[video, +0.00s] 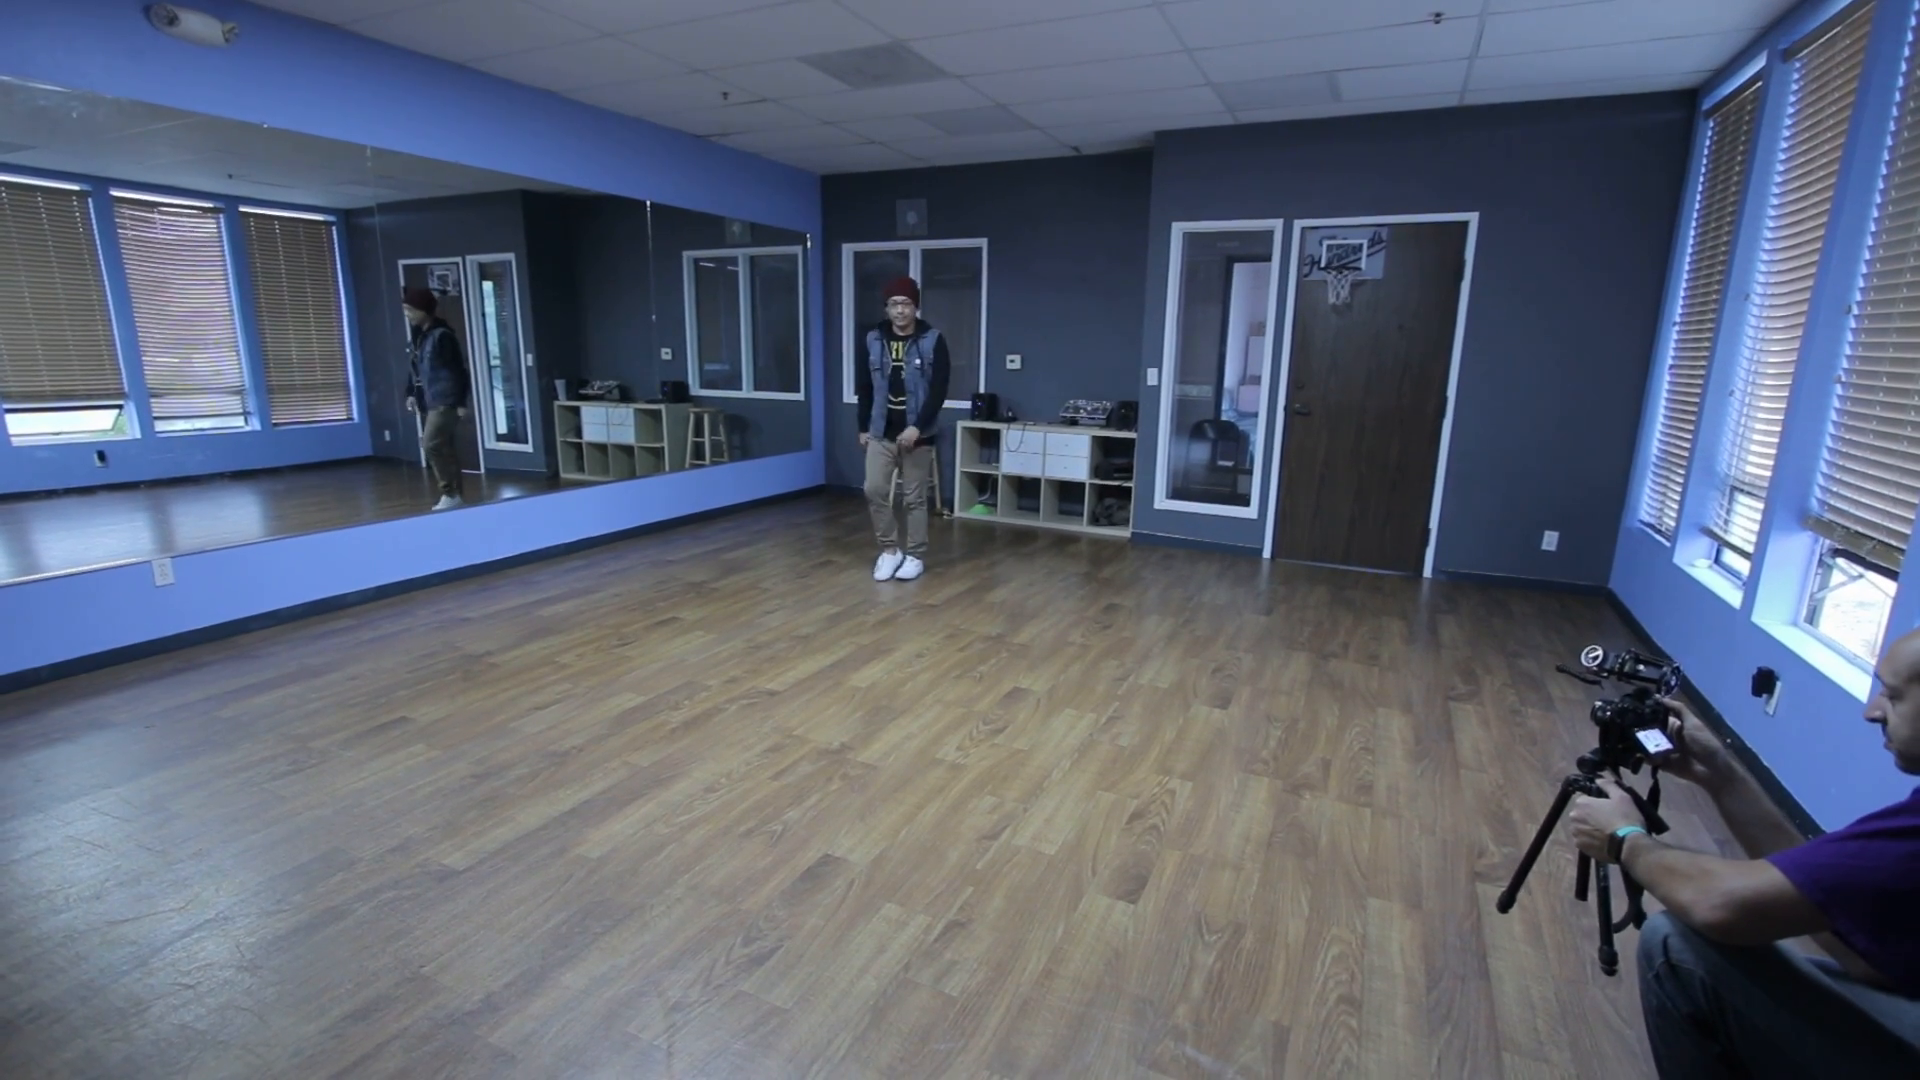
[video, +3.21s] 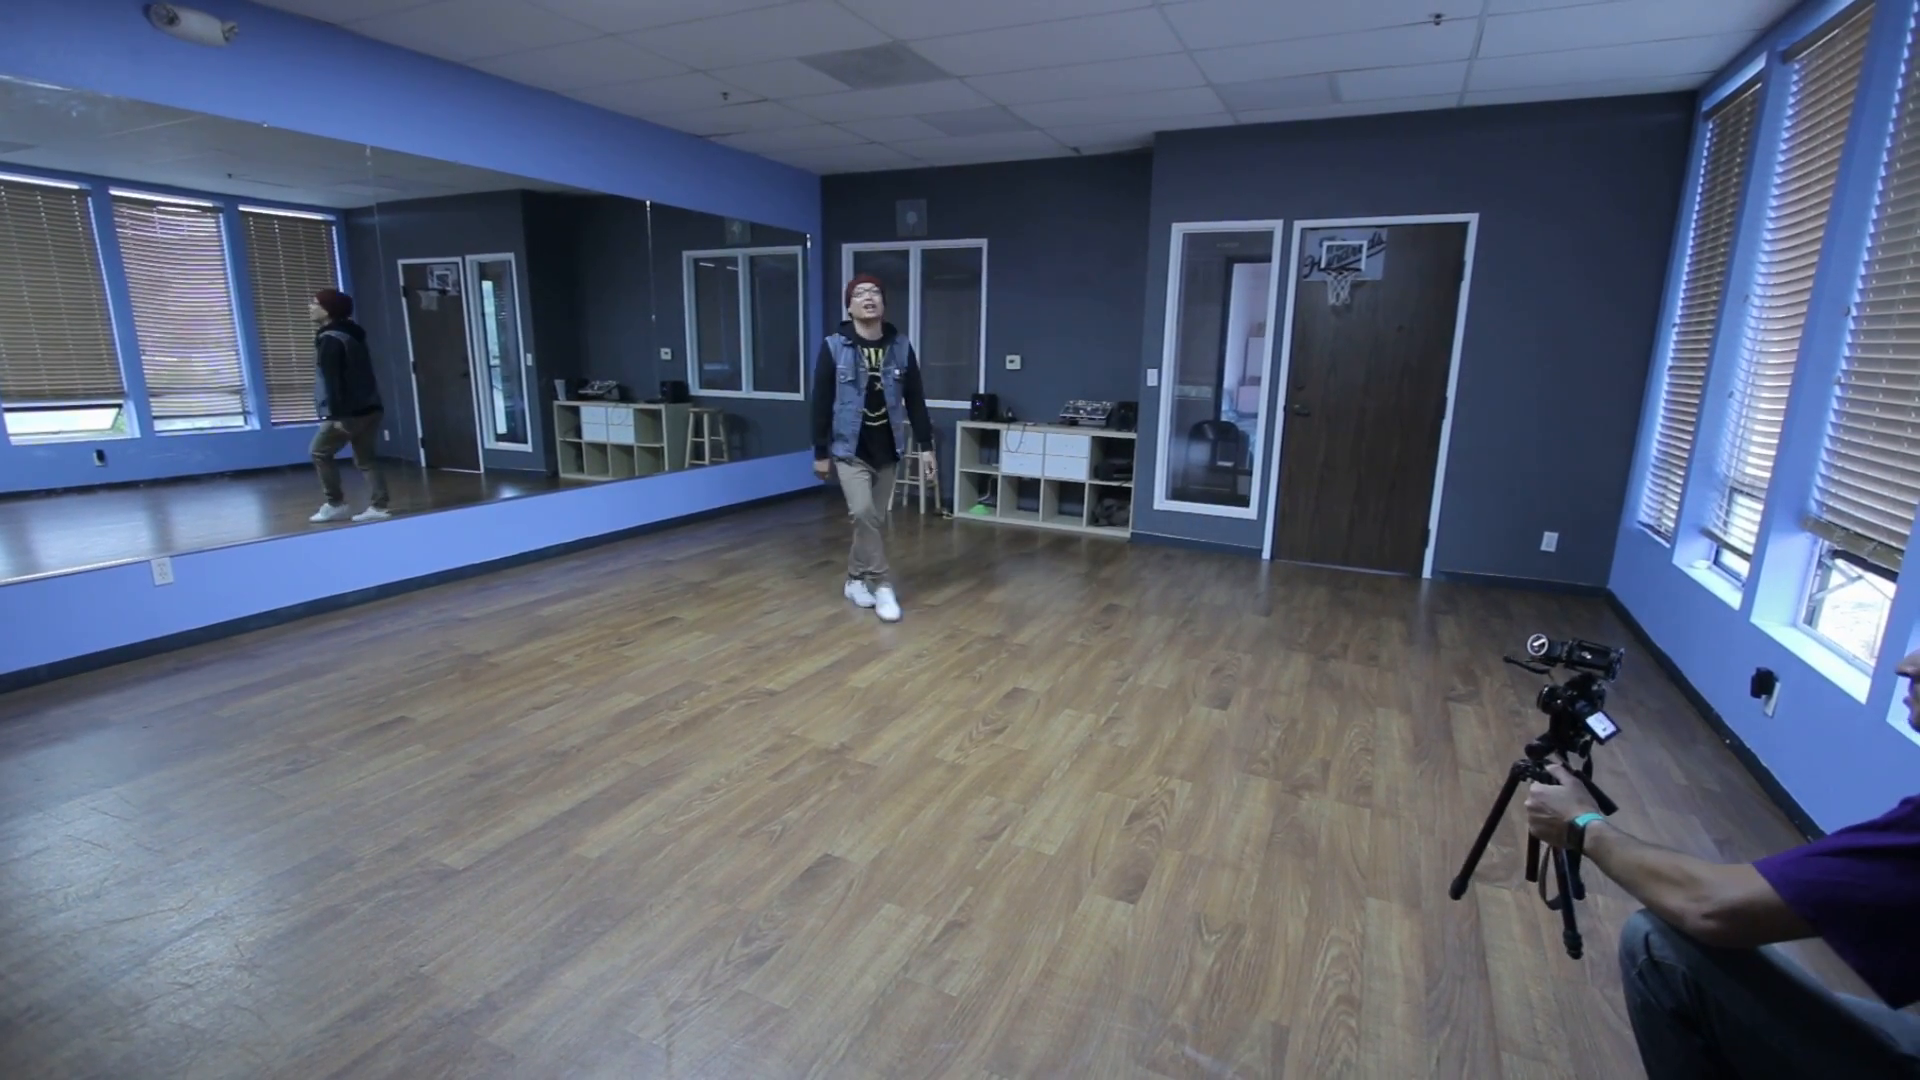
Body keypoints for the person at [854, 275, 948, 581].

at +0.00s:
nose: (899, 310)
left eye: (905, 304)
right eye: (893, 304)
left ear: (916, 307)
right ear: (886, 308)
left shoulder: (933, 341)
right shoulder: (873, 340)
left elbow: (938, 390)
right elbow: (865, 386)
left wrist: (919, 427)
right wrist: (863, 427)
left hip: (917, 433)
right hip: (879, 432)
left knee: (914, 497)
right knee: (874, 490)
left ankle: (914, 556)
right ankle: (889, 551)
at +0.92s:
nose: (914, 305)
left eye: (920, 300)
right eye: (907, 301)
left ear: (928, 306)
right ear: (899, 308)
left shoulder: (945, 344)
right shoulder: (884, 344)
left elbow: (954, 390)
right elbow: (883, 394)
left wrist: (951, 431)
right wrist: (905, 429)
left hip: (939, 437)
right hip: (900, 437)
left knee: (952, 497)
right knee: (900, 501)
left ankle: (946, 556)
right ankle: (898, 560)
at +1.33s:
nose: (960, 316)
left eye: (965, 311)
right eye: (953, 311)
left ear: (972, 318)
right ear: (941, 317)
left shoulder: (984, 358)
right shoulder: (922, 352)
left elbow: (997, 403)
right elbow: (909, 402)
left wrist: (1001, 444)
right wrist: (911, 445)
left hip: (963, 453)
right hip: (924, 449)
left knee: (963, 515)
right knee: (903, 509)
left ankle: (951, 569)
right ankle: (887, 561)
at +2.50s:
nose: (929, 332)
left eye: (934, 325)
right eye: (920, 326)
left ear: (941, 330)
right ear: (904, 331)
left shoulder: (948, 366)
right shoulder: (882, 370)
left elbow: (958, 418)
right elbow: (873, 429)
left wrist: (967, 464)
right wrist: (887, 478)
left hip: (932, 459)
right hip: (894, 462)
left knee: (934, 516)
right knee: (897, 526)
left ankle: (940, 567)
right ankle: (907, 592)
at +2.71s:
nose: (916, 329)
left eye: (922, 322)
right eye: (907, 322)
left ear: (929, 327)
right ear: (892, 328)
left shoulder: (938, 363)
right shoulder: (871, 366)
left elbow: (941, 419)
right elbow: (863, 424)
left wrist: (922, 462)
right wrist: (870, 478)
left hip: (919, 459)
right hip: (884, 459)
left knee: (911, 522)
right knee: (889, 523)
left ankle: (902, 573)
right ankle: (905, 591)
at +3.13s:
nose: (877, 297)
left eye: (882, 292)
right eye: (869, 293)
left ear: (891, 302)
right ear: (856, 304)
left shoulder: (907, 345)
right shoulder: (839, 345)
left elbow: (919, 398)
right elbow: (826, 401)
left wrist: (923, 443)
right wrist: (829, 451)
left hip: (897, 447)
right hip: (856, 448)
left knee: (880, 517)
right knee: (875, 516)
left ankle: (857, 578)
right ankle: (897, 587)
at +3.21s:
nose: (868, 298)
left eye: (874, 293)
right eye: (860, 294)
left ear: (883, 303)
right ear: (849, 306)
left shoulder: (900, 346)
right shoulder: (834, 346)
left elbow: (916, 399)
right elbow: (820, 402)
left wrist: (926, 446)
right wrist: (821, 452)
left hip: (889, 446)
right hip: (848, 447)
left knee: (877, 516)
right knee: (863, 513)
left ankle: (856, 579)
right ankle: (882, 586)